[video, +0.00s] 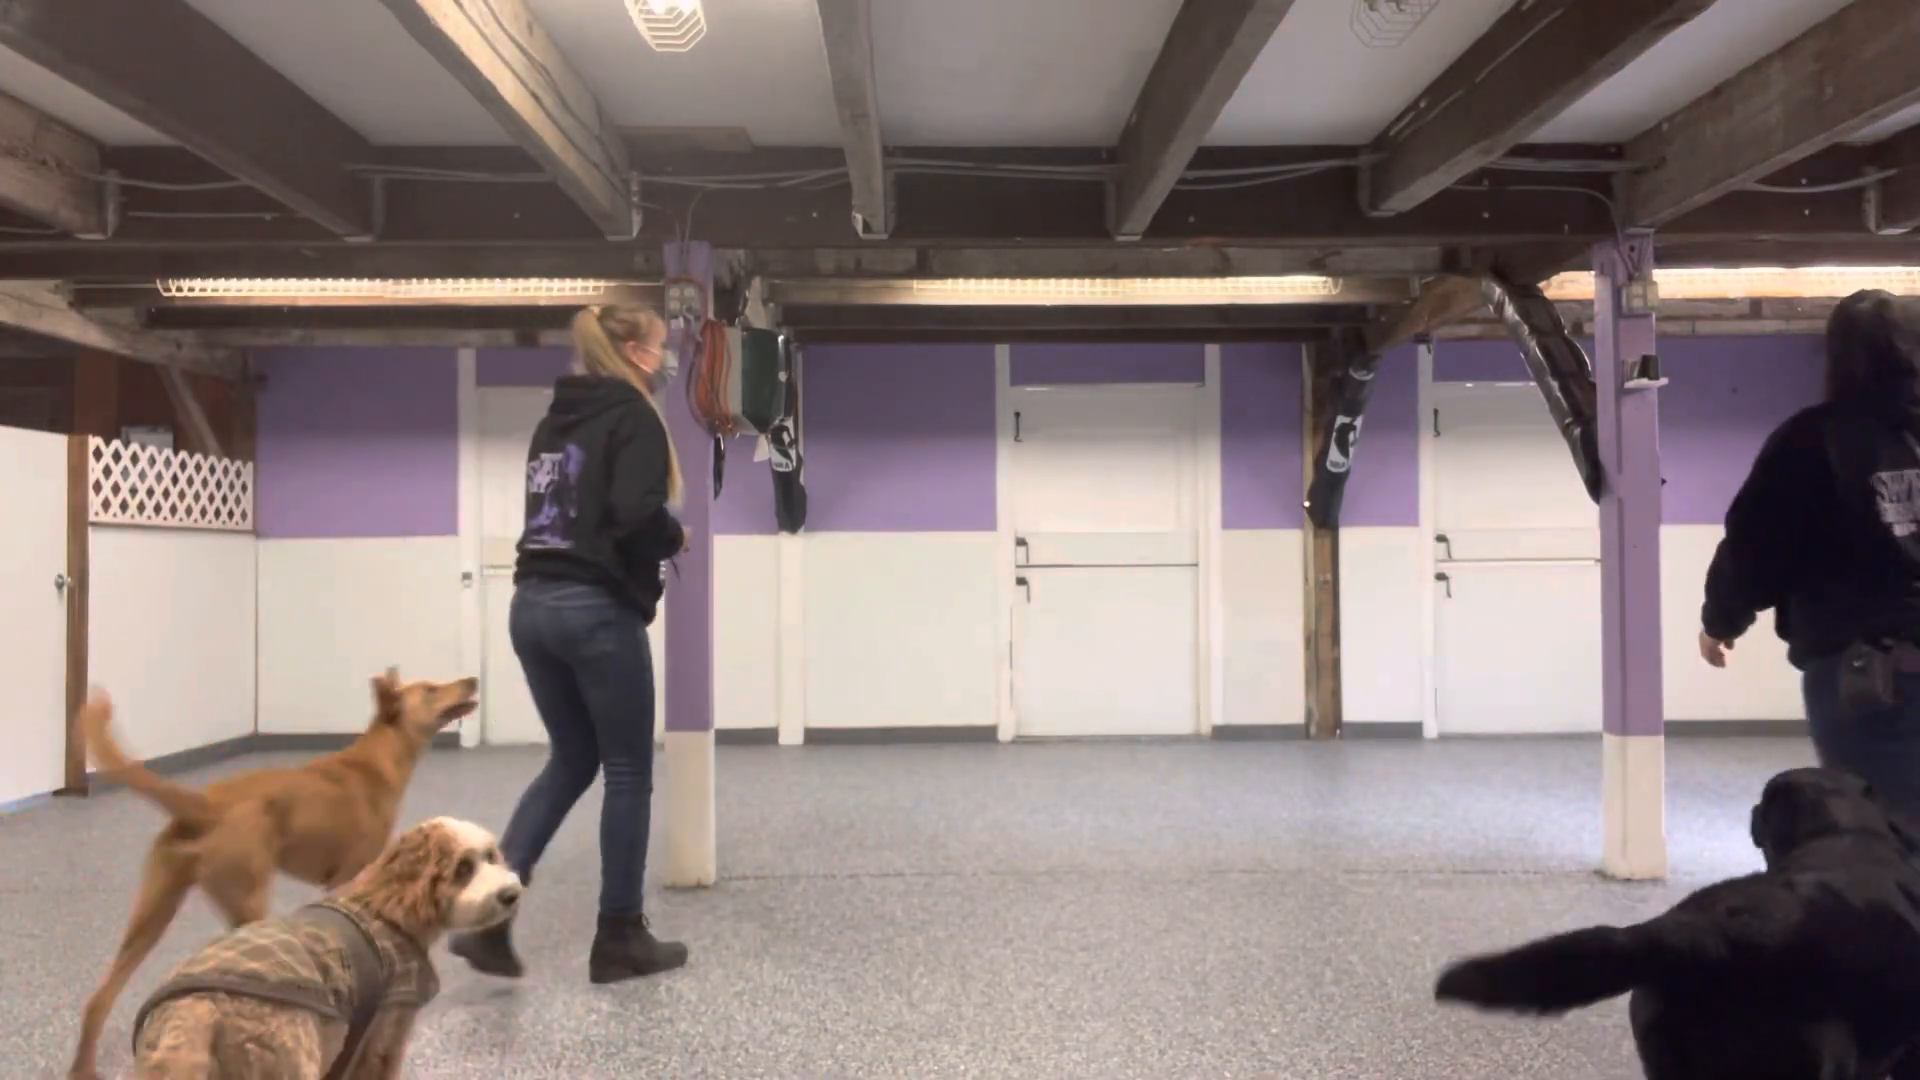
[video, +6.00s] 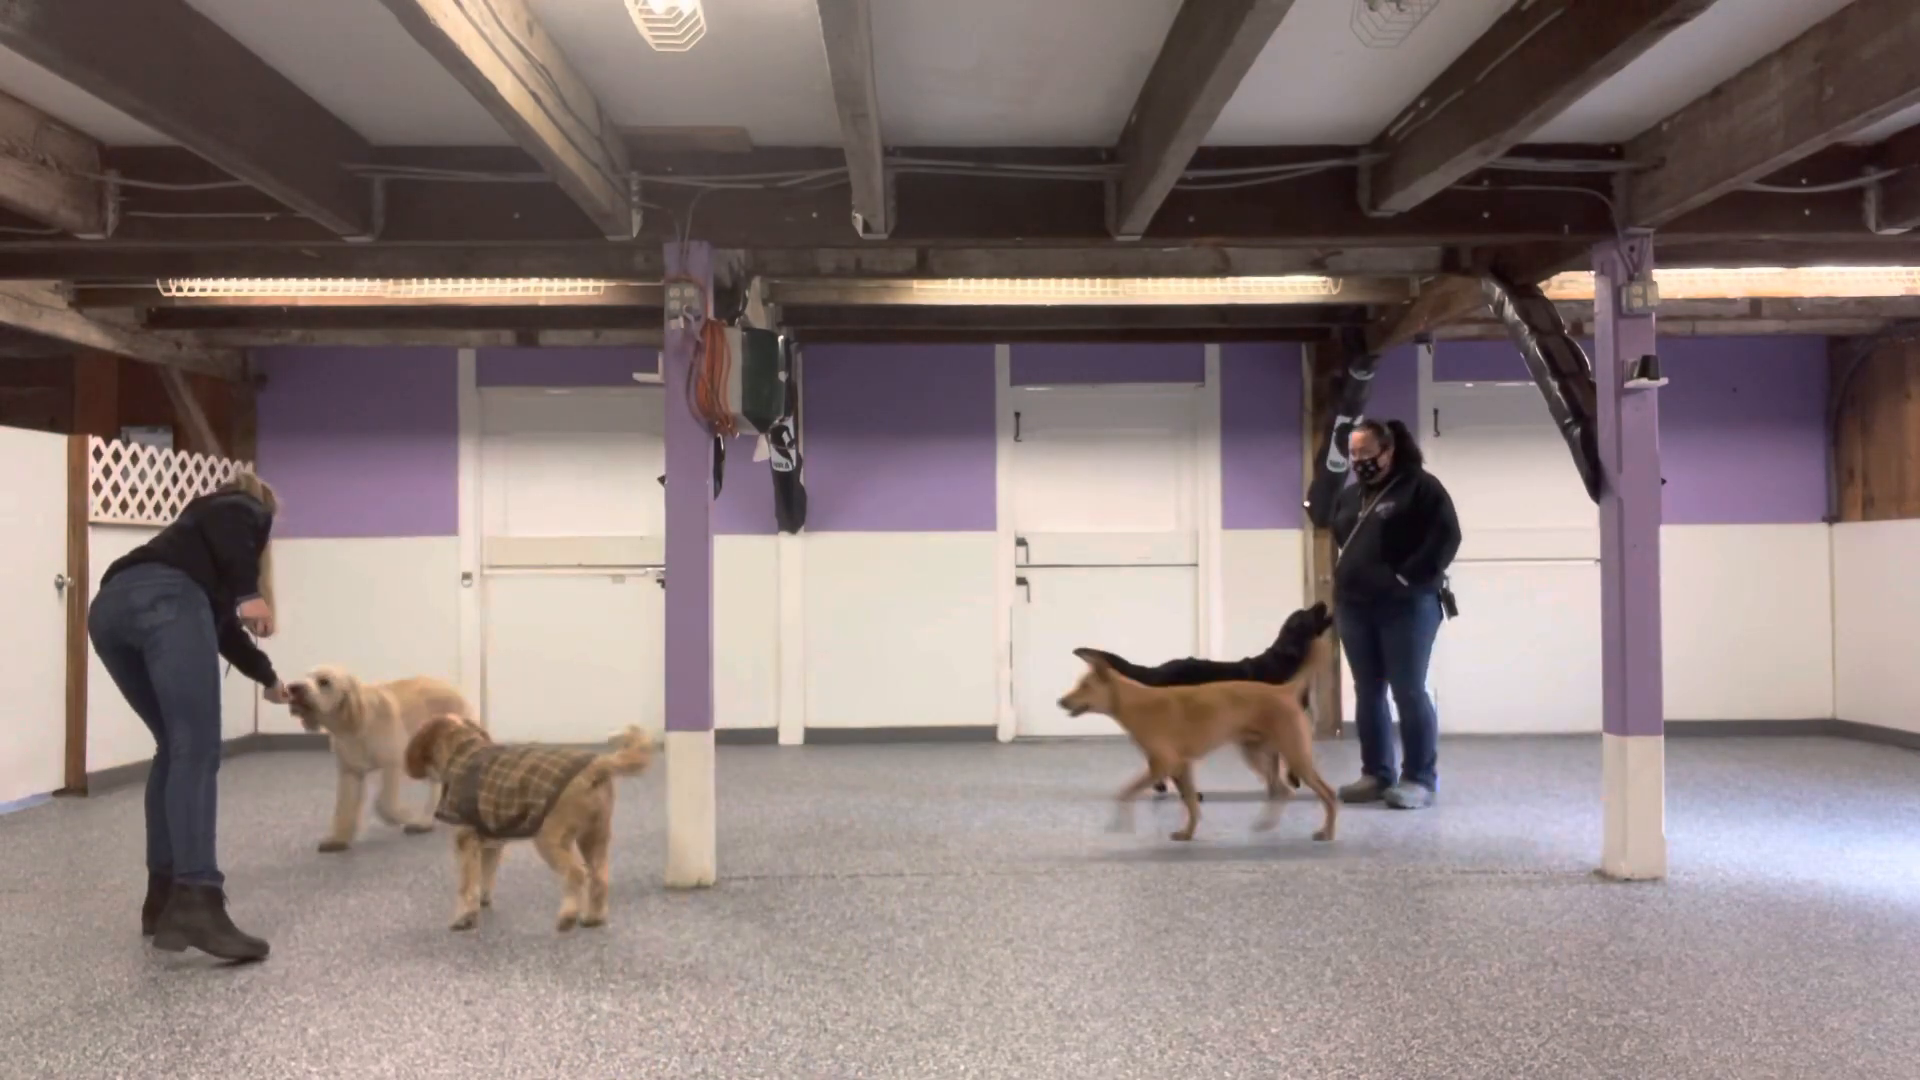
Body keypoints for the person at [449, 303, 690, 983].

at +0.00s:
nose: (664, 359)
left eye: (663, 347)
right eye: (659, 348)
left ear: (600, 346)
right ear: (632, 348)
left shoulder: (557, 415)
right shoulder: (634, 417)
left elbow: (550, 513)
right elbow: (636, 513)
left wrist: (625, 534)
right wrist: (674, 536)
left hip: (533, 605)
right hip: (596, 610)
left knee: (571, 758)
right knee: (629, 771)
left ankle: (489, 906)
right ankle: (620, 935)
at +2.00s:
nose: (661, 363)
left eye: (663, 351)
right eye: (659, 351)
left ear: (615, 342)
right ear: (634, 346)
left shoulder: (590, 407)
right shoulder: (620, 413)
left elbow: (602, 510)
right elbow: (618, 514)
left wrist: (668, 514)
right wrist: (683, 517)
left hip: (583, 592)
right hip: (619, 599)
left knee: (587, 760)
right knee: (619, 767)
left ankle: (575, 916)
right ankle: (609, 928)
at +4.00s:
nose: (475, 437)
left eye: (470, 427)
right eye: (472, 428)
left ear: (412, 431)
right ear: (466, 428)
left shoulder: (375, 489)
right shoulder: (478, 473)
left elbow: (325, 562)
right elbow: (518, 542)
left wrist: (378, 597)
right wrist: (539, 598)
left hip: (382, 635)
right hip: (455, 621)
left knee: (437, 760)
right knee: (540, 765)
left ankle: (415, 915)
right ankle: (591, 920)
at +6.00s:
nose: (268, 526)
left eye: (269, 520)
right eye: (268, 517)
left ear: (228, 494)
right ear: (259, 502)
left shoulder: (199, 530)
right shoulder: (243, 504)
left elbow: (223, 625)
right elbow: (232, 525)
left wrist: (270, 681)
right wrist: (246, 591)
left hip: (107, 611)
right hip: (165, 594)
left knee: (173, 748)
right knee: (197, 749)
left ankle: (164, 895)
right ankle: (197, 901)